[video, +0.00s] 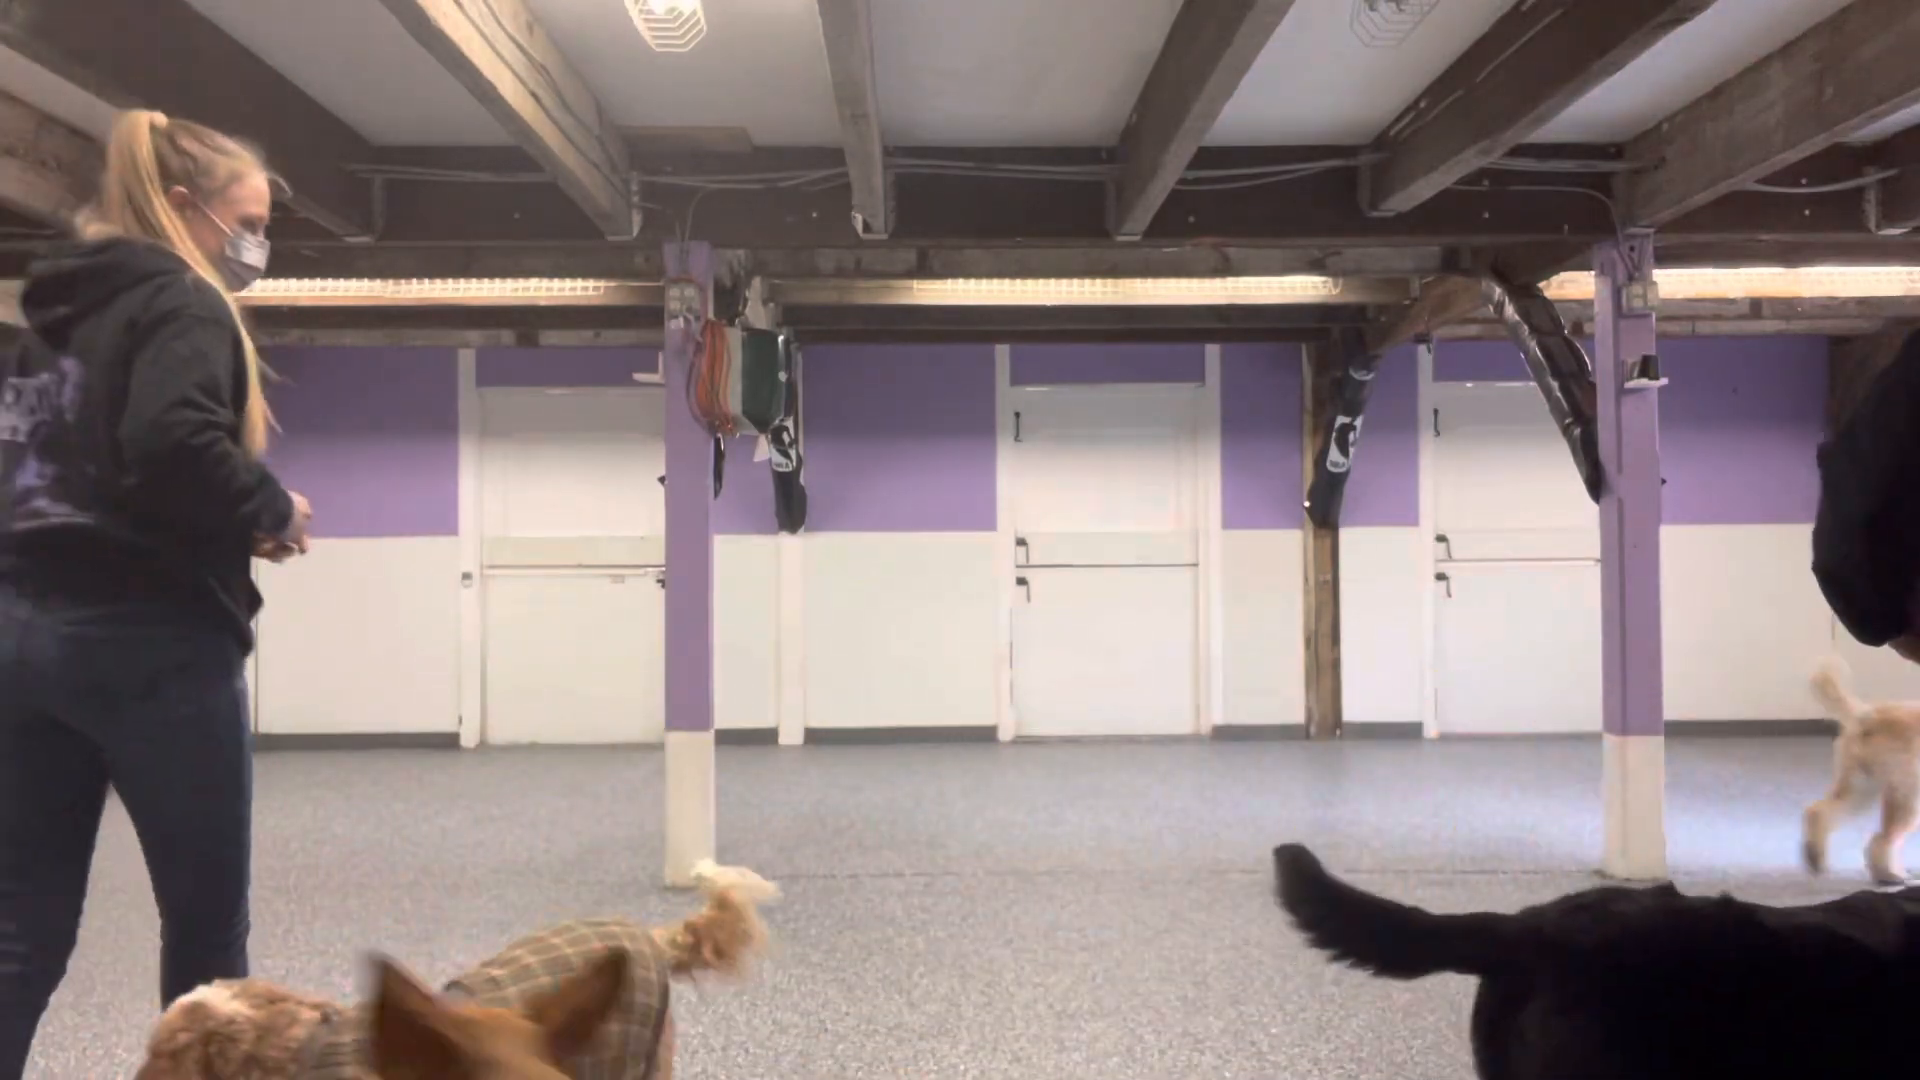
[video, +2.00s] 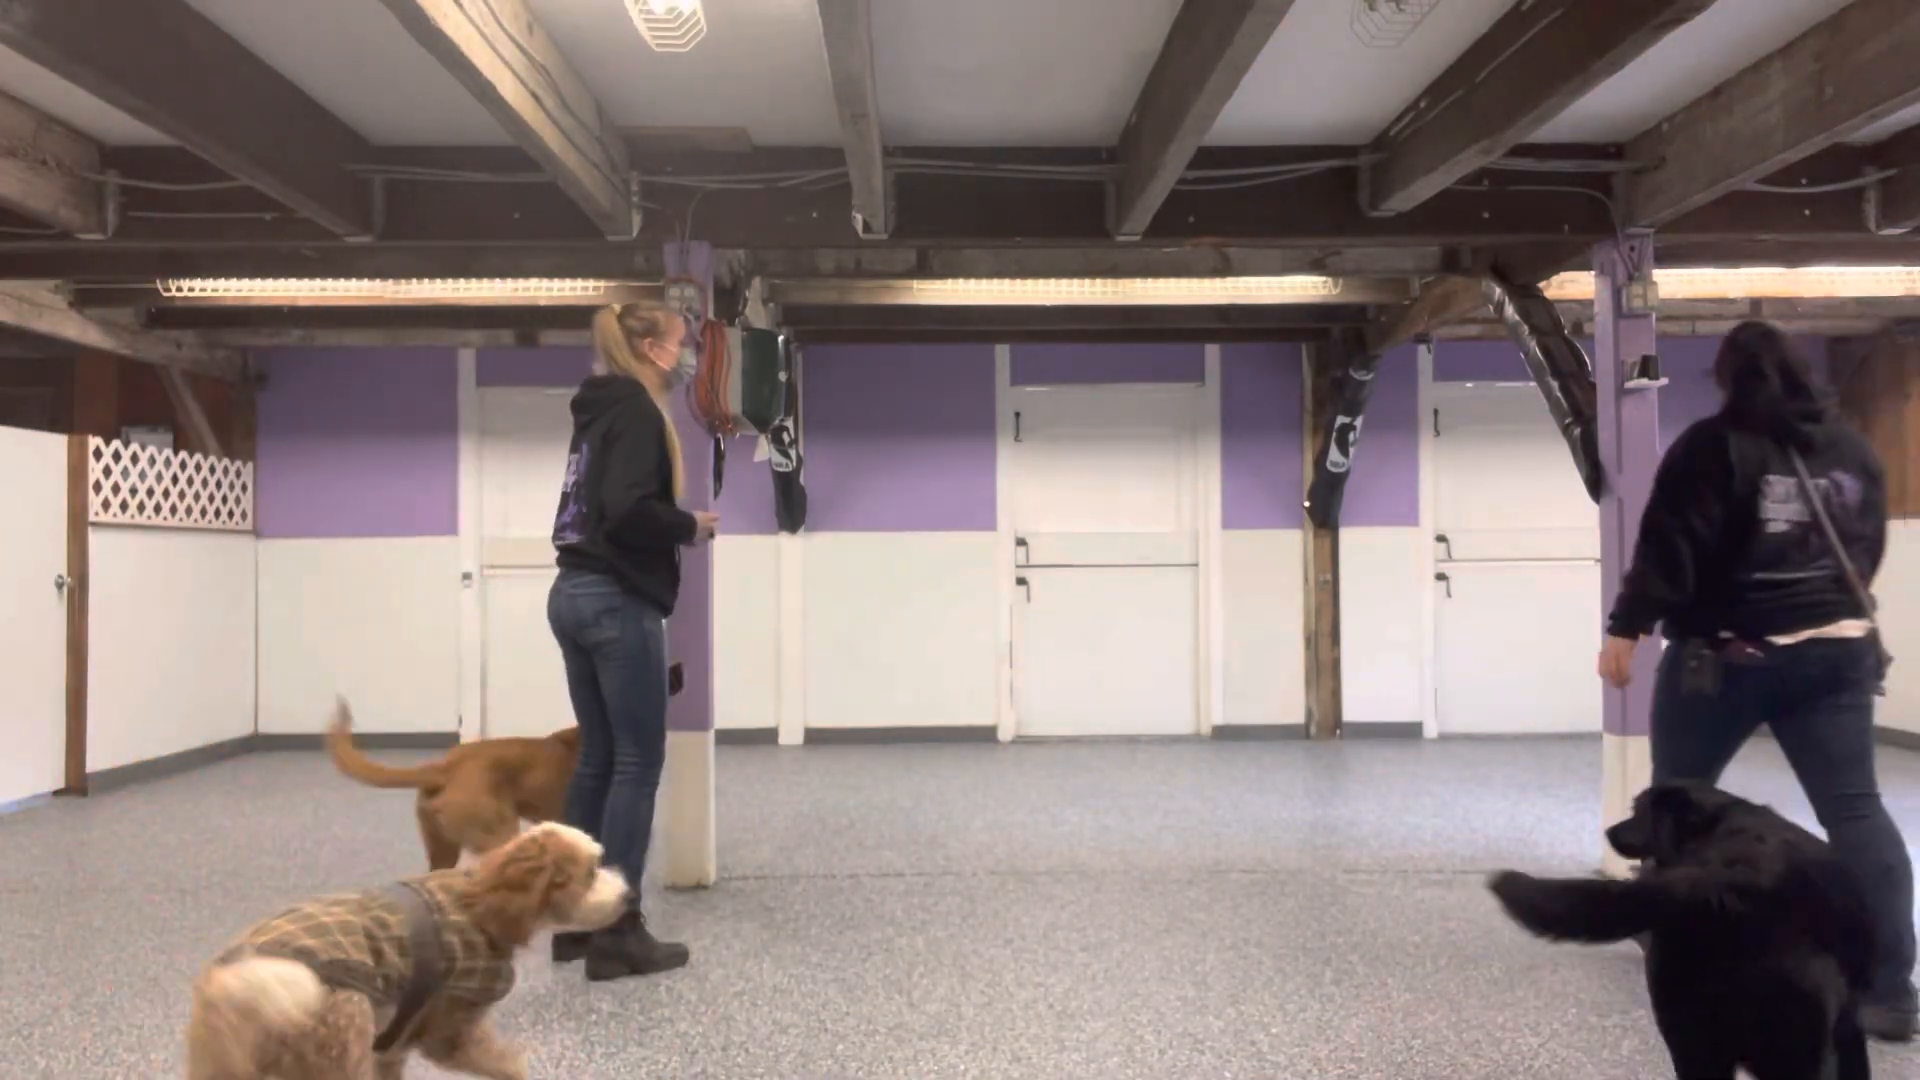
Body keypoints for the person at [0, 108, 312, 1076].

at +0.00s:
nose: (258, 252)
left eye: (263, 230)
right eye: (249, 226)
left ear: (168, 207)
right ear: (190, 206)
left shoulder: (54, 305)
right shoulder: (186, 305)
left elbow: (35, 470)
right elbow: (172, 438)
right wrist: (272, 510)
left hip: (28, 645)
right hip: (154, 651)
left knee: (21, 941)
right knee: (207, 940)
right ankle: (207, 1079)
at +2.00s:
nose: (683, 355)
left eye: (682, 344)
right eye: (678, 344)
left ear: (631, 345)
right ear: (648, 346)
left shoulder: (601, 406)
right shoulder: (637, 412)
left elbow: (600, 511)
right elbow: (625, 509)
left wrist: (663, 524)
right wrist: (691, 524)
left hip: (576, 593)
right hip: (618, 601)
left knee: (598, 758)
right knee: (638, 765)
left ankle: (573, 921)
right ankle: (615, 931)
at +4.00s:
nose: (671, 366)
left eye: (671, 355)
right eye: (669, 356)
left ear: (614, 348)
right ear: (652, 353)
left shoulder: (582, 414)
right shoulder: (639, 416)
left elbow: (579, 511)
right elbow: (639, 513)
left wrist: (653, 521)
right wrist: (687, 526)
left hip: (568, 593)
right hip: (616, 599)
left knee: (589, 760)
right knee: (621, 769)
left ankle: (576, 915)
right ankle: (611, 927)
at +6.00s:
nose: (406, 395)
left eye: (404, 385)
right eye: (403, 385)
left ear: (340, 382)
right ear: (390, 386)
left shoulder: (304, 446)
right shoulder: (387, 442)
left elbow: (286, 535)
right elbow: (426, 522)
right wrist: (463, 569)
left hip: (301, 621)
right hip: (360, 622)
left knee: (392, 765)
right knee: (383, 773)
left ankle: (413, 911)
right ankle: (267, 911)